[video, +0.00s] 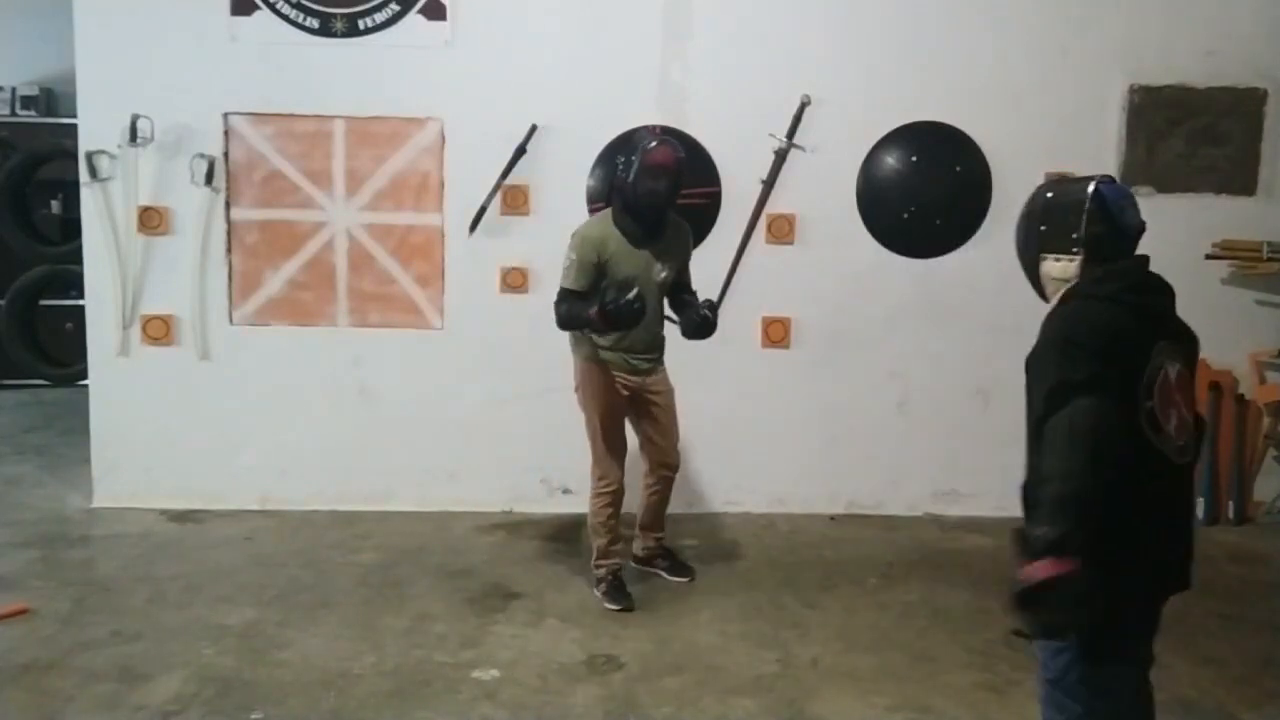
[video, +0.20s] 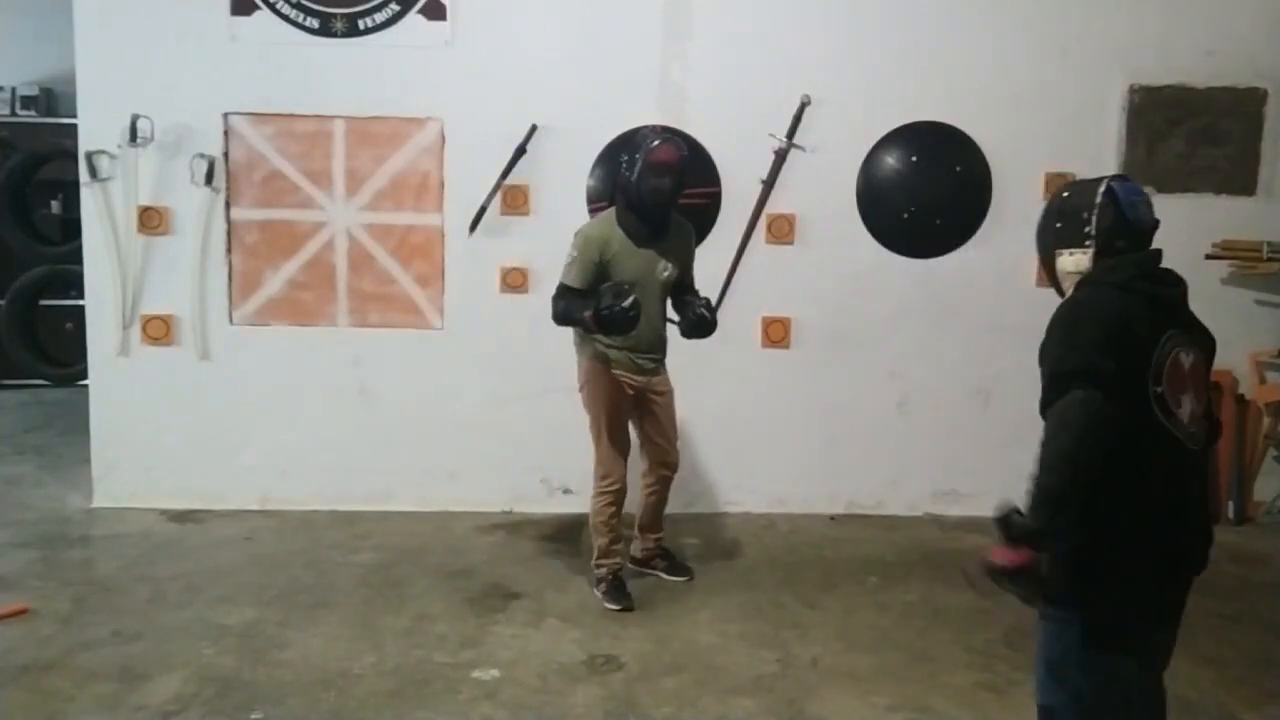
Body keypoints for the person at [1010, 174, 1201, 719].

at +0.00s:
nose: (1036, 262)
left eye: (1041, 248)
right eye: (1037, 248)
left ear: (1063, 248)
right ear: (1118, 242)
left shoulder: (1077, 325)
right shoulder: (1163, 319)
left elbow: (1069, 442)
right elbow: (1173, 441)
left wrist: (1048, 548)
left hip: (1086, 570)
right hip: (1146, 563)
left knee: (1073, 696)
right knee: (1124, 692)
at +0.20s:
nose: (1046, 275)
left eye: (1049, 258)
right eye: (1045, 259)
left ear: (1078, 248)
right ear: (1129, 243)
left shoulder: (1088, 314)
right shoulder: (1179, 316)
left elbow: (1073, 432)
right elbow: (1191, 451)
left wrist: (1036, 534)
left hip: (1099, 560)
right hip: (1166, 556)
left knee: (1075, 696)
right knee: (1134, 691)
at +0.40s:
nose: (1055, 259)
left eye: (1060, 245)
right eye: (1056, 245)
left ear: (1088, 243)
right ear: (1139, 238)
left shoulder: (1089, 314)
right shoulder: (1180, 309)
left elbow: (1048, 418)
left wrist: (972, 443)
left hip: (1090, 547)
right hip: (1168, 545)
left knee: (1059, 693)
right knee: (1140, 689)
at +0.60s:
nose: (1040, 271)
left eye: (1046, 253)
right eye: (1043, 253)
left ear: (1072, 249)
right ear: (1125, 247)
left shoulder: (1068, 324)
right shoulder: (1168, 325)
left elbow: (1020, 431)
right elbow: (1129, 445)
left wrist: (949, 445)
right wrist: (1030, 457)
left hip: (1067, 560)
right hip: (1151, 554)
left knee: (1037, 698)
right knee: (1131, 694)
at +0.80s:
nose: (1018, 250)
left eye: (1025, 237)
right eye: (1019, 236)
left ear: (1043, 241)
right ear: (1099, 240)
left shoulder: (1030, 331)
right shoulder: (1151, 334)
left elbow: (989, 460)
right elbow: (1143, 463)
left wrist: (948, 563)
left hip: (1033, 571)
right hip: (1118, 565)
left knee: (1015, 693)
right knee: (1088, 688)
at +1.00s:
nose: (988, 258)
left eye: (992, 244)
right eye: (989, 244)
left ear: (1012, 246)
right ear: (1072, 238)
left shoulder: (1004, 330)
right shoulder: (1143, 328)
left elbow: (978, 457)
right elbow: (1172, 439)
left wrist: (944, 554)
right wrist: (1145, 528)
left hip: (1020, 555)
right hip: (1101, 548)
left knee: (1006, 675)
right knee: (1073, 675)